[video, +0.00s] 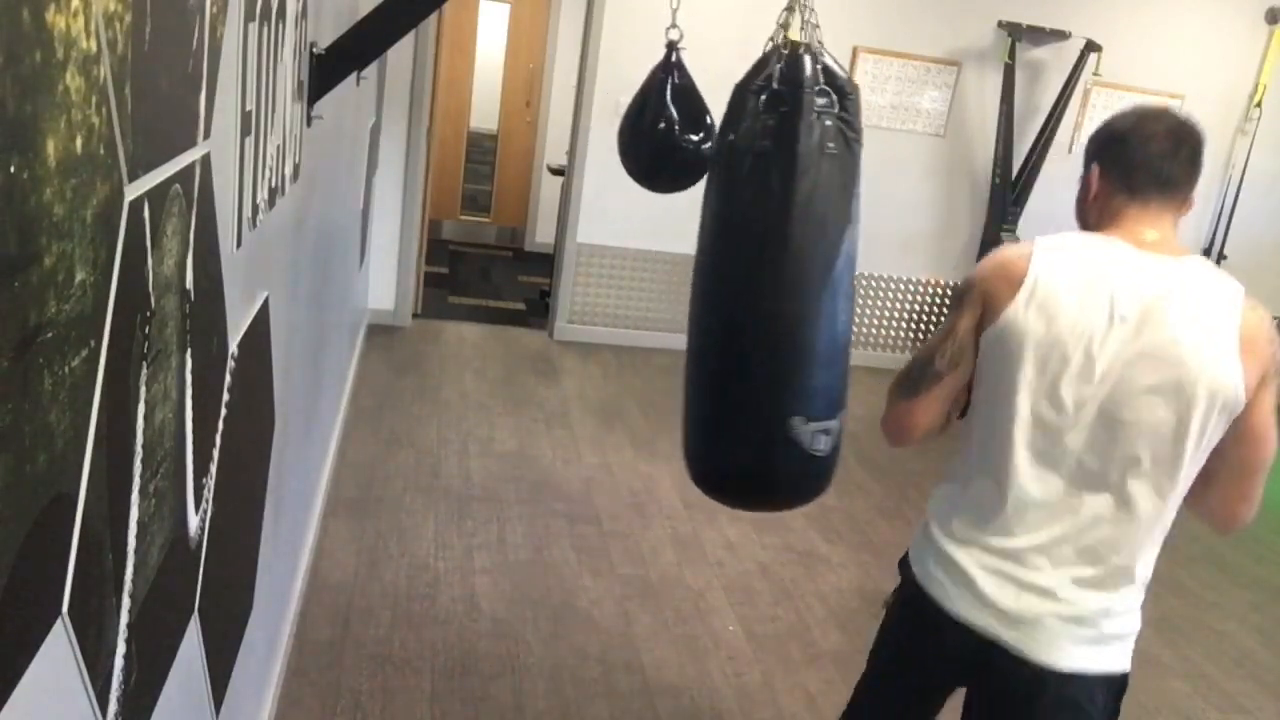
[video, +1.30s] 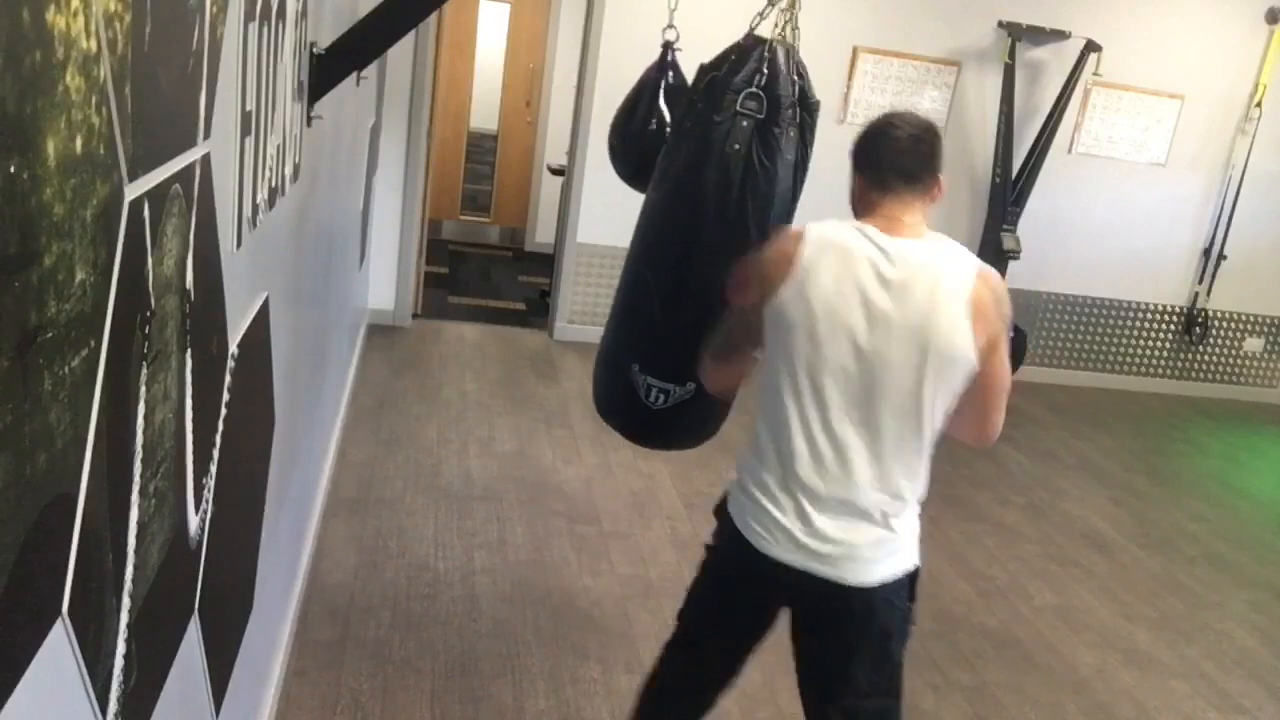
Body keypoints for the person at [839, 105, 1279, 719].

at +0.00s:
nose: (1078, 193)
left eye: (1081, 179)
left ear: (1093, 182)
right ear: (1188, 203)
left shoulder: (1014, 270)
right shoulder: (1247, 328)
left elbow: (902, 423)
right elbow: (1231, 509)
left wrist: (981, 376)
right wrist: (1153, 440)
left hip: (942, 606)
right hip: (1077, 655)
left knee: (878, 709)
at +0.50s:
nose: (1021, 217)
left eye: (1021, 202)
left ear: (1033, 203)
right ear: (1129, 212)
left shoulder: (966, 289)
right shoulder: (1197, 339)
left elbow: (854, 445)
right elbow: (1182, 510)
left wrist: (900, 375)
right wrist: (1108, 442)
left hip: (902, 630)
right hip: (1042, 673)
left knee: (825, 711)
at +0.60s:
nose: (978, 237)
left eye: (979, 221)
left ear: (994, 227)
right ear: (1085, 234)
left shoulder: (936, 317)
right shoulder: (1156, 357)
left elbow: (832, 471)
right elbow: (1138, 510)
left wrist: (867, 373)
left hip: (883, 661)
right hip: (1025, 688)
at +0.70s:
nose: (928, 238)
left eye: (930, 224)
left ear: (944, 230)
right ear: (1031, 229)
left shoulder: (893, 318)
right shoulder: (1105, 353)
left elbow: (816, 476)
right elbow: (1084, 506)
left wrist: (834, 370)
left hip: (851, 655)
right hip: (989, 683)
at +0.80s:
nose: (886, 229)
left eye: (887, 215)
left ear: (896, 219)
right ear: (985, 220)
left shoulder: (850, 302)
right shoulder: (1055, 330)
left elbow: (784, 449)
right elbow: (1045, 483)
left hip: (822, 612)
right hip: (949, 640)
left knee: (765, 712)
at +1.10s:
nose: (874, 187)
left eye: (875, 175)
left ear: (878, 180)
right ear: (964, 187)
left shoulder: (821, 250)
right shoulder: (1015, 288)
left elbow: (752, 380)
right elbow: (991, 416)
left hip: (793, 552)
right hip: (908, 579)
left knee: (736, 702)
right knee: (884, 711)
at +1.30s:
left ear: (855, 182)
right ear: (938, 188)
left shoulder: (792, 251)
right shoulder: (979, 289)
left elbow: (718, 374)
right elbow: (981, 428)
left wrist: (794, 347)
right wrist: (911, 385)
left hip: (757, 538)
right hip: (867, 573)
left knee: (682, 683)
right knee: (857, 712)